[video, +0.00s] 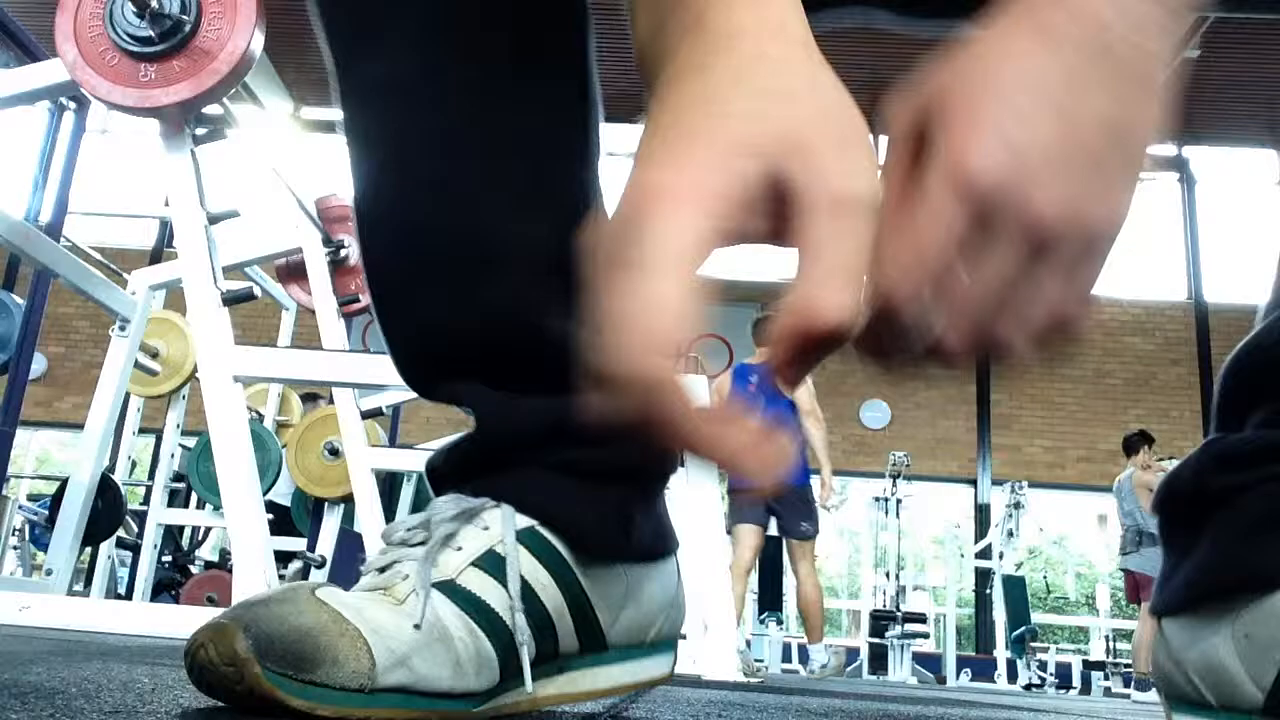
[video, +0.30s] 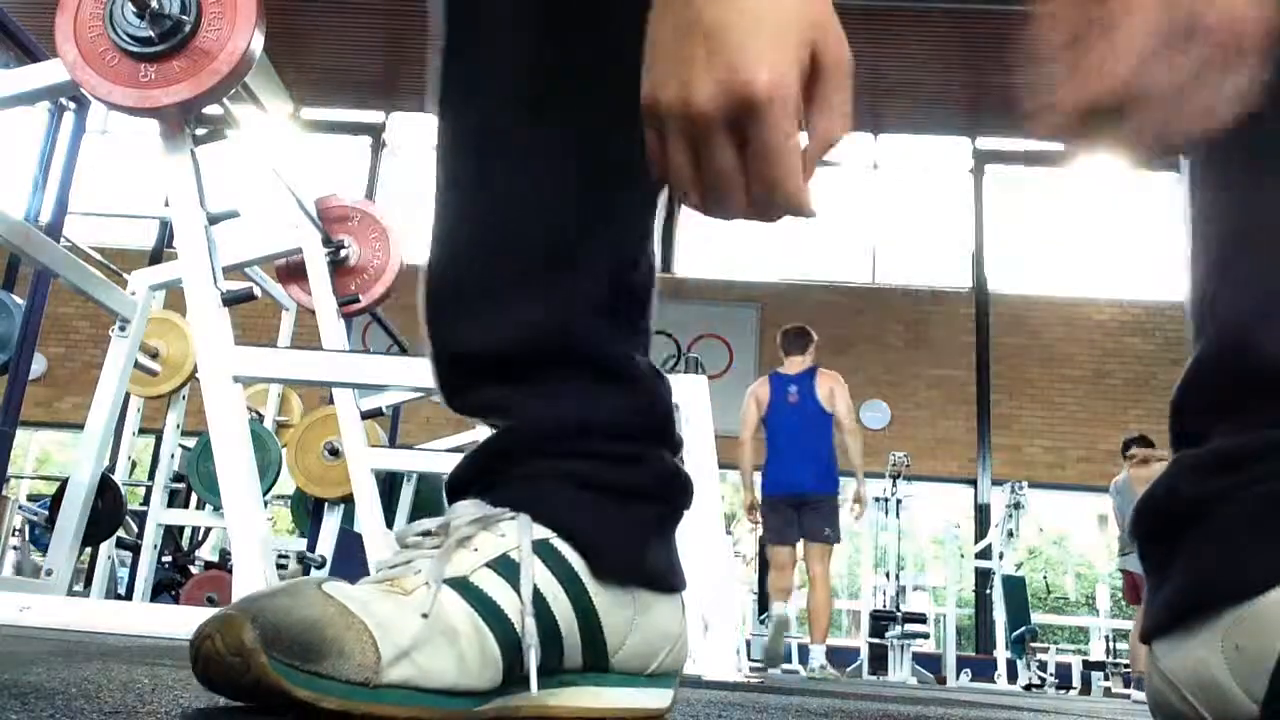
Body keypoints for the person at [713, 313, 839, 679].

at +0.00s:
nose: (791, 344)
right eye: (787, 336)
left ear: (754, 338)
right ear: (782, 338)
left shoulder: (729, 378)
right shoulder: (794, 373)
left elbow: (714, 428)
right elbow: (812, 419)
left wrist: (725, 463)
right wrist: (826, 472)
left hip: (744, 482)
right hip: (791, 483)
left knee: (741, 564)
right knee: (805, 568)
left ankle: (728, 646)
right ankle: (818, 657)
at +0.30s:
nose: (815, 354)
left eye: (811, 349)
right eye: (815, 349)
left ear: (781, 351)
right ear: (811, 349)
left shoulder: (760, 387)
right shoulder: (830, 381)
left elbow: (746, 441)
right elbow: (849, 428)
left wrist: (748, 491)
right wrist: (859, 480)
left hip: (777, 490)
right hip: (819, 491)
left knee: (780, 567)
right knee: (819, 571)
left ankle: (778, 612)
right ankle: (817, 658)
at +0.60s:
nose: (786, 379)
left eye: (785, 375)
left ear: (788, 375)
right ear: (819, 374)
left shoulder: (773, 407)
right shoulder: (841, 406)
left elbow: (757, 455)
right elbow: (867, 452)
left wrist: (753, 503)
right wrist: (870, 491)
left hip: (787, 505)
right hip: (827, 503)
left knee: (792, 577)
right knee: (823, 573)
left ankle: (798, 654)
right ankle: (819, 651)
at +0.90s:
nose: (772, 392)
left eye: (773, 386)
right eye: (771, 387)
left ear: (784, 384)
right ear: (803, 384)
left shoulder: (772, 416)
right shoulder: (832, 418)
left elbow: (756, 464)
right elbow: (842, 469)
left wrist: (751, 505)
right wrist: (841, 509)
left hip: (781, 513)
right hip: (817, 513)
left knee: (790, 584)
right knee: (814, 577)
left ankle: (800, 660)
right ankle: (827, 629)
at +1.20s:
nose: (762, 405)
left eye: (764, 399)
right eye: (762, 400)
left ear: (780, 399)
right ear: (790, 401)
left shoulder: (771, 428)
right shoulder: (819, 437)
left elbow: (756, 471)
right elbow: (826, 485)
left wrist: (740, 506)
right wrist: (826, 526)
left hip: (773, 519)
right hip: (802, 522)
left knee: (785, 587)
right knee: (788, 587)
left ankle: (800, 654)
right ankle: (780, 653)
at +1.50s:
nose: (750, 406)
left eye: (753, 401)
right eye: (750, 401)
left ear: (769, 403)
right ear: (774, 405)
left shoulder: (766, 430)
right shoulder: (792, 435)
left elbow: (760, 474)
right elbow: (788, 483)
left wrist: (746, 512)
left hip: (762, 517)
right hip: (783, 520)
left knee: (743, 580)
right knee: (775, 584)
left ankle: (776, 630)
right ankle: (783, 654)